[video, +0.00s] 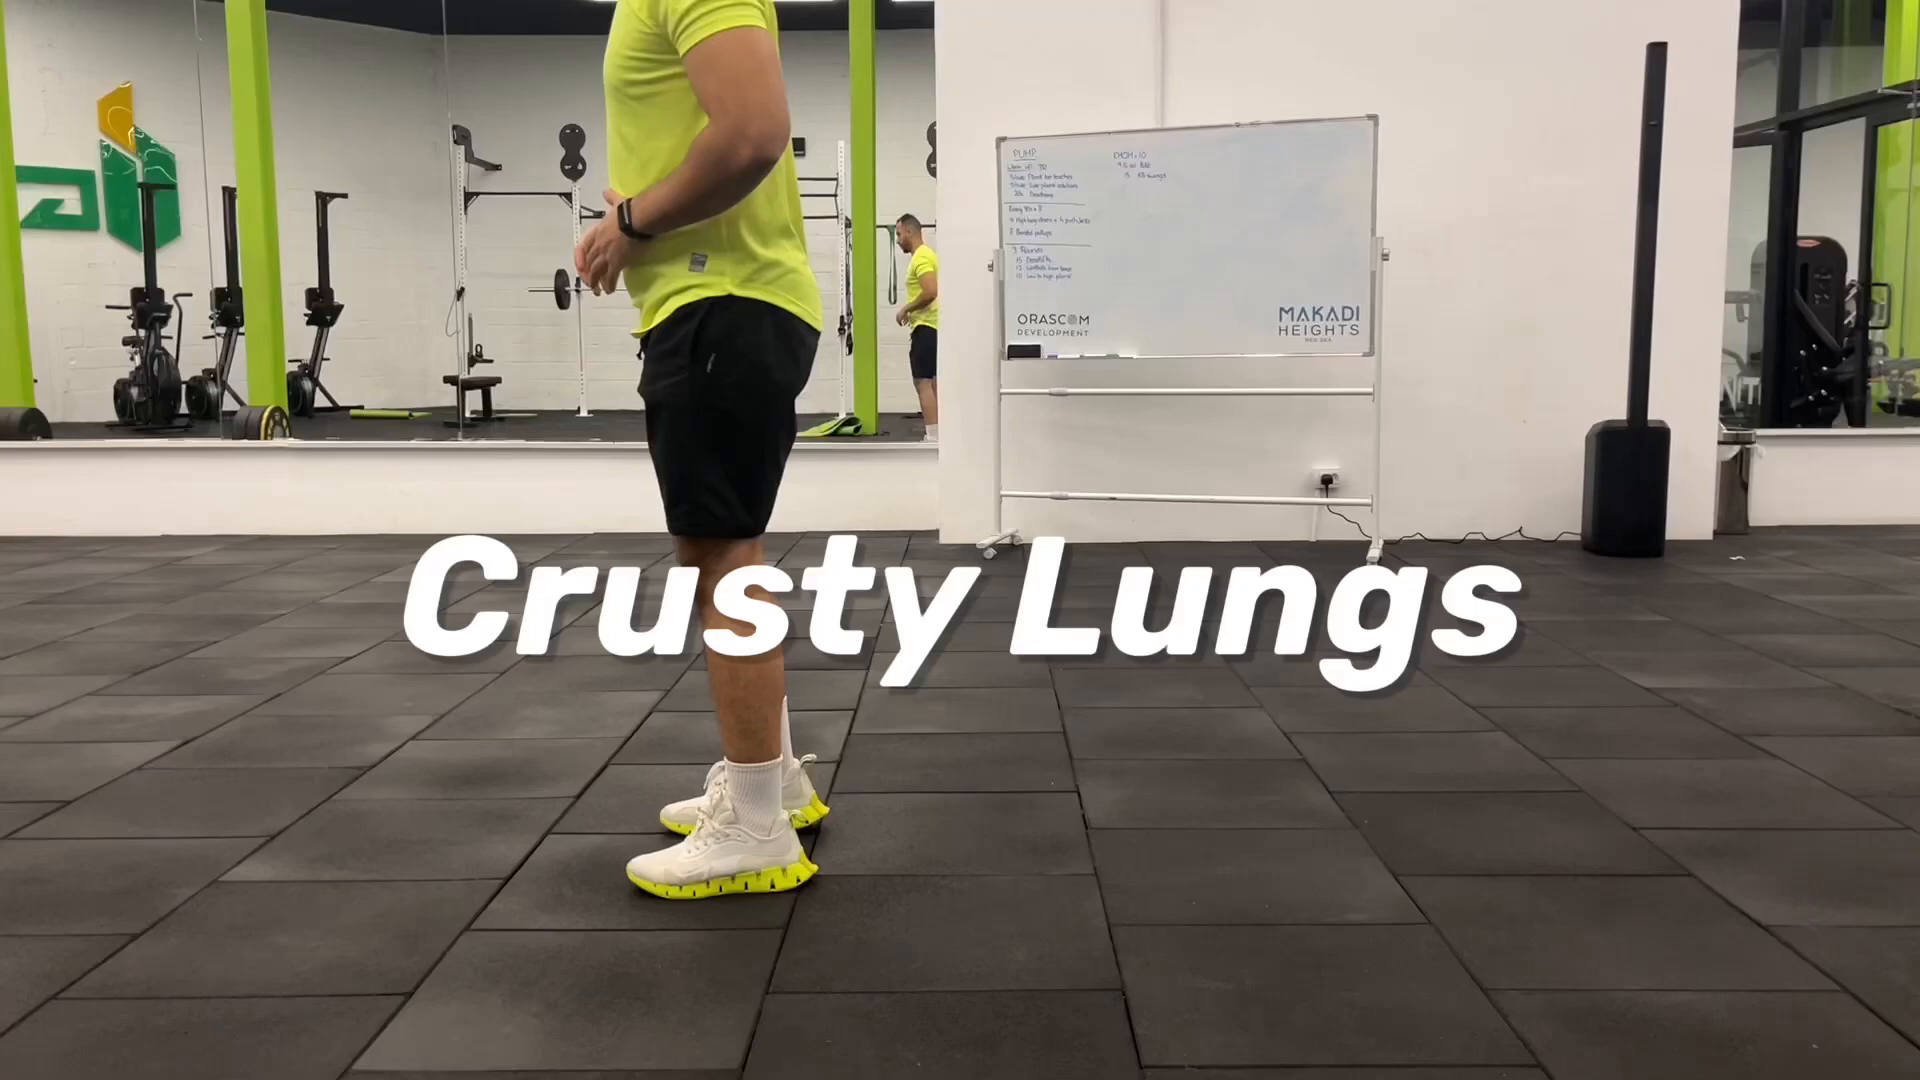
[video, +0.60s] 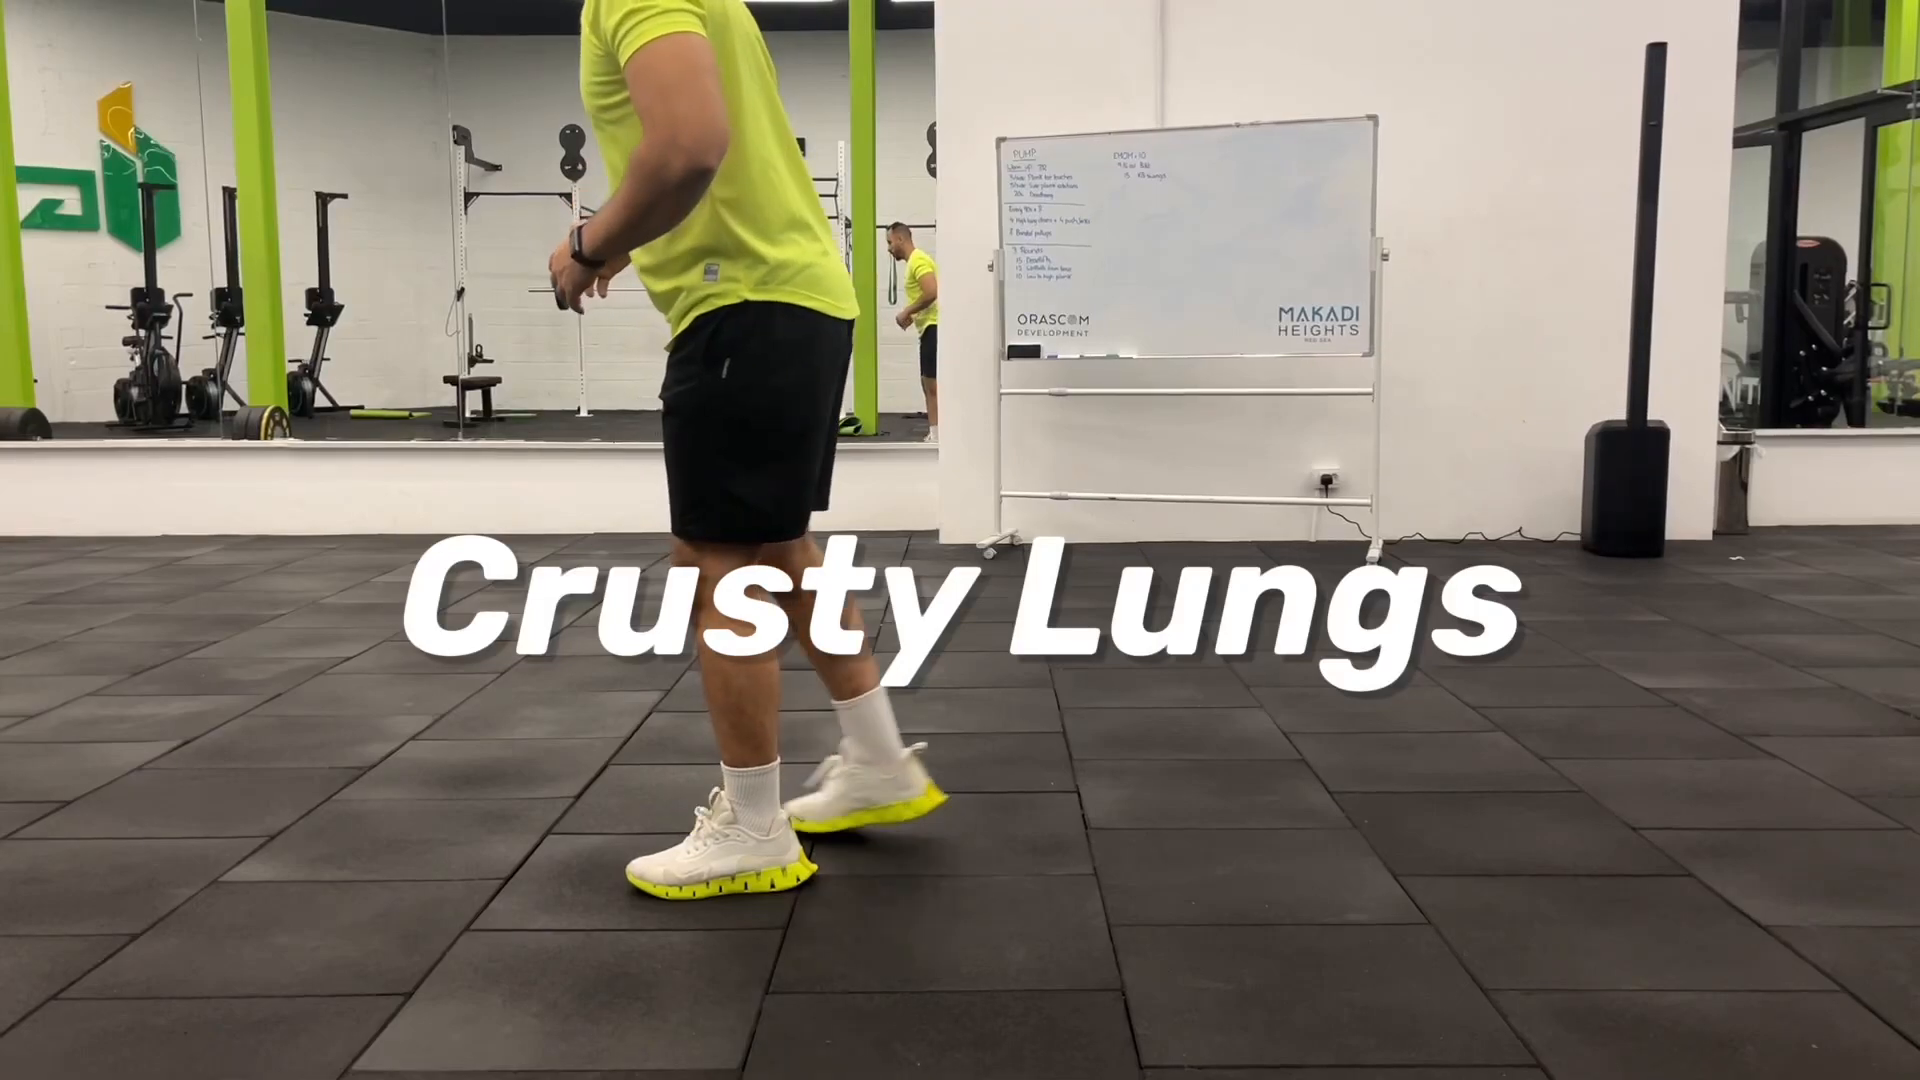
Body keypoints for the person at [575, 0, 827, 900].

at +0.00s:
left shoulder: (697, 1)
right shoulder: (671, 10)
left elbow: (752, 131)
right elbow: (733, 139)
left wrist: (631, 221)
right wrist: (627, 224)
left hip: (725, 301)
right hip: (715, 299)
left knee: (720, 553)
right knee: (724, 548)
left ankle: (755, 824)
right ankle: (770, 772)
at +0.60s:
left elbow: (691, 140)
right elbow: (714, 153)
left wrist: (594, 243)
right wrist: (606, 248)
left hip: (744, 303)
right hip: (801, 295)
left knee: (722, 565)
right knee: (783, 549)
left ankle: (750, 828)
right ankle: (879, 758)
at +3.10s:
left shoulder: (637, 3)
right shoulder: (647, 9)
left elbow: (580, 184)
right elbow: (583, 173)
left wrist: (552, 90)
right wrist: (560, 96)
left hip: (725, 300)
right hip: (743, 297)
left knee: (701, 563)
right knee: (712, 555)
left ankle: (755, 825)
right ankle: (732, 764)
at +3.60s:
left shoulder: (666, 9)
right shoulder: (637, 16)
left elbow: (601, 175)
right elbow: (612, 164)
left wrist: (559, 84)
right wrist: (579, 88)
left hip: (723, 307)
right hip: (693, 309)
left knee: (701, 557)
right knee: (674, 541)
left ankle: (756, 823)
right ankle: (731, 761)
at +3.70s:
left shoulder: (665, 8)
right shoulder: (638, 16)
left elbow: (602, 175)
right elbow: (614, 165)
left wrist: (559, 85)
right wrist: (579, 87)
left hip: (727, 309)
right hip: (706, 309)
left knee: (698, 565)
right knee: (693, 558)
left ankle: (755, 825)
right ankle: (732, 763)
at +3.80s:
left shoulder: (658, 7)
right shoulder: (641, 14)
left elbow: (601, 184)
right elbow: (604, 175)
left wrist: (558, 91)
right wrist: (574, 96)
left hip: (734, 306)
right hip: (725, 306)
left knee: (697, 565)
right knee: (702, 560)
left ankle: (753, 825)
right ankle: (730, 762)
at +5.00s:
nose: (578, 193)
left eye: (585, 164)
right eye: (573, 168)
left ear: (649, 152)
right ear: (658, 154)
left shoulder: (741, 253)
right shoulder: (758, 237)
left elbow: (724, 465)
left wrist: (666, 379)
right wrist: (693, 383)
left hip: (887, 514)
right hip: (951, 518)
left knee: (640, 616)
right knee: (959, 787)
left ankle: (745, 834)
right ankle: (1232, 828)